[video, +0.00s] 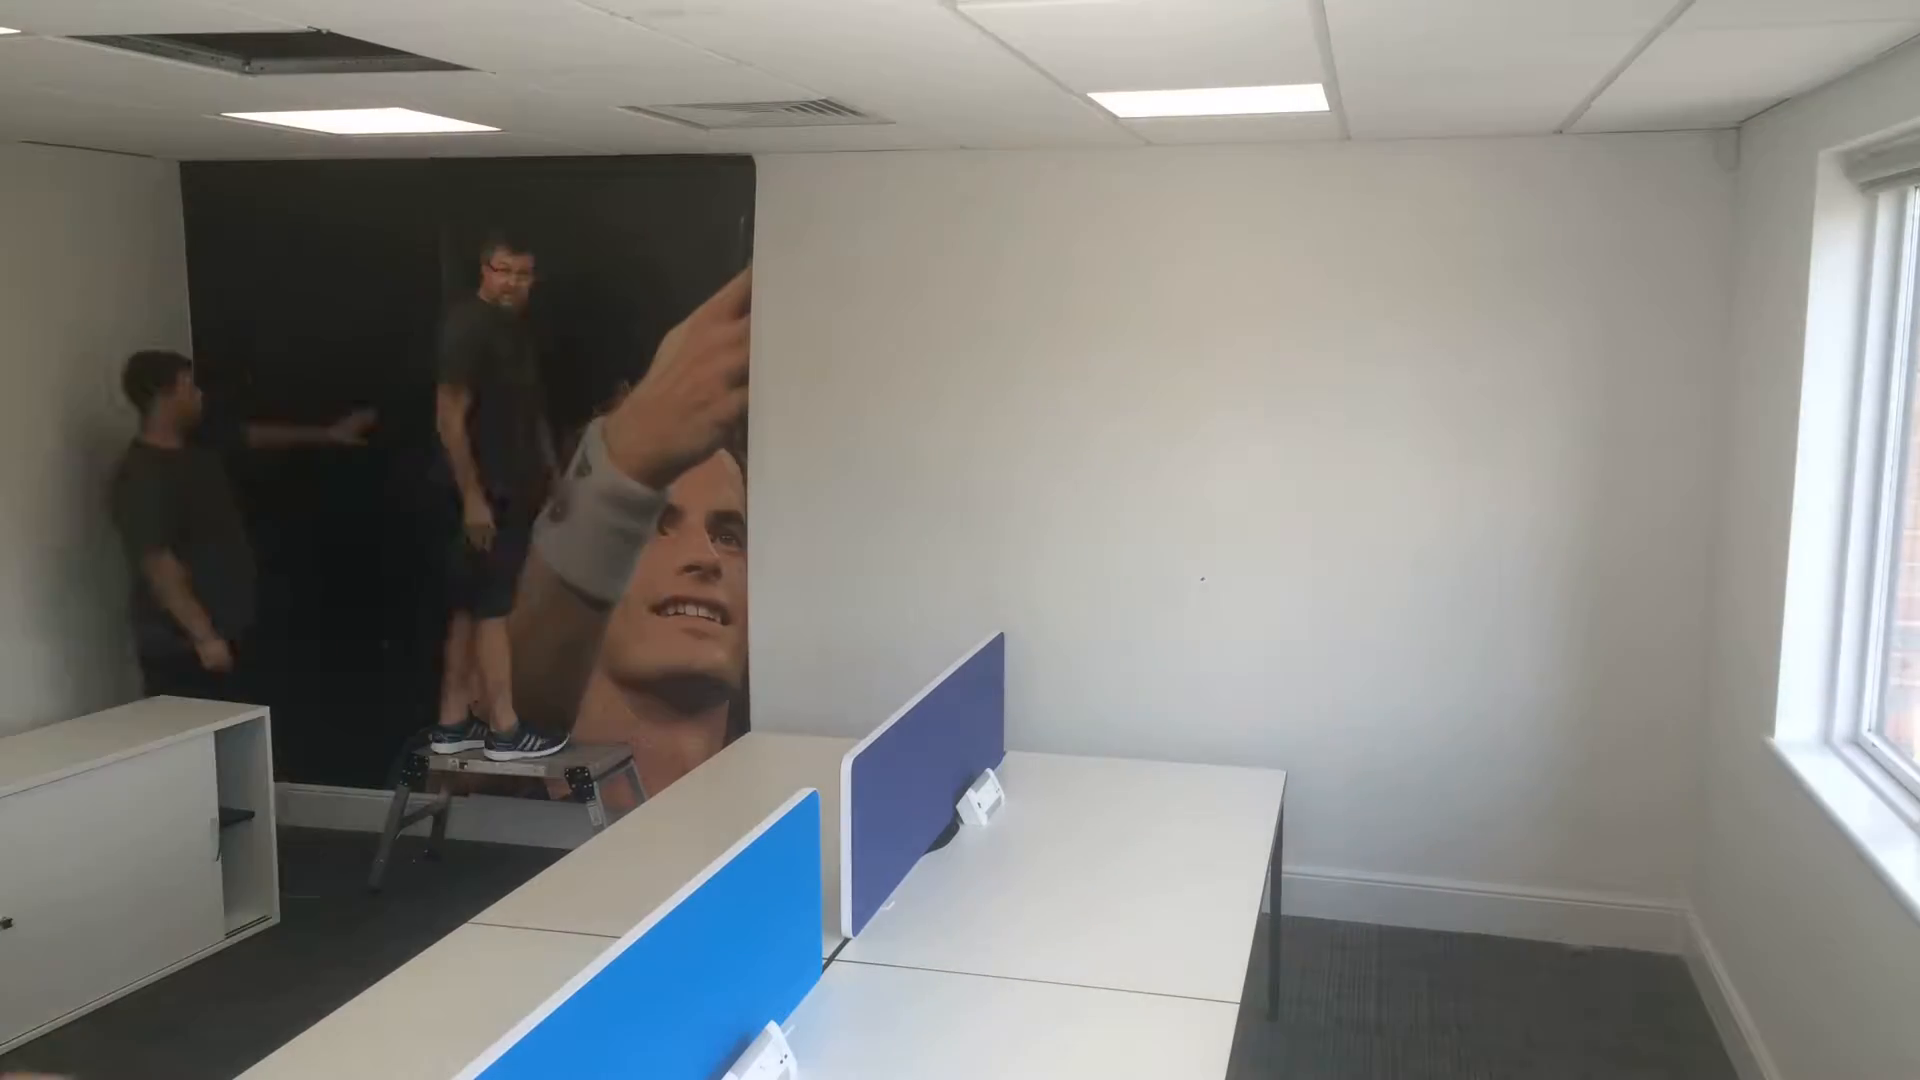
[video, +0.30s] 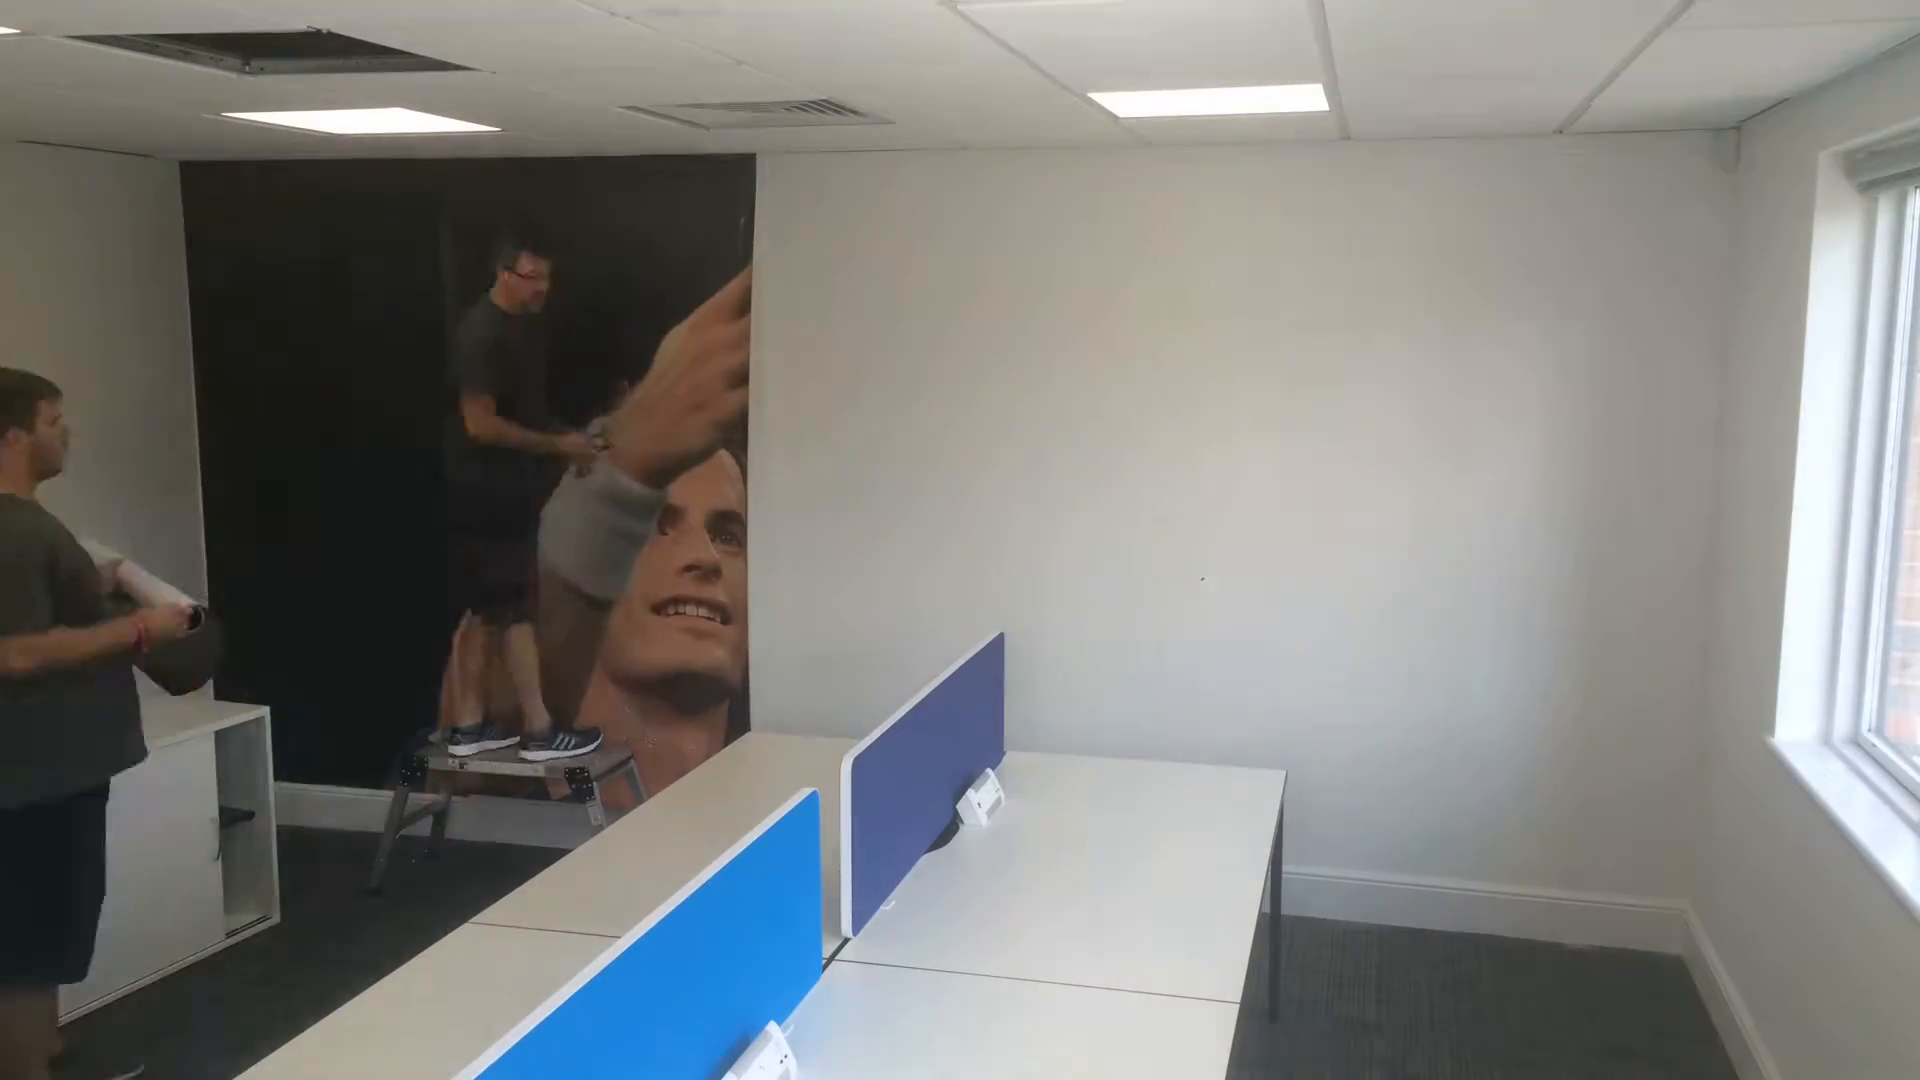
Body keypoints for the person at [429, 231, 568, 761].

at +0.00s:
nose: (514, 282)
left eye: (523, 274)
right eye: (504, 272)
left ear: (534, 279)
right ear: (484, 273)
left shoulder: (521, 328)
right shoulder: (468, 325)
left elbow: (530, 413)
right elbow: (449, 418)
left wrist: (549, 473)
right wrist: (472, 498)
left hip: (510, 487)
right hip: (483, 489)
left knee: (469, 607)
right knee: (492, 607)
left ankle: (453, 721)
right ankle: (505, 727)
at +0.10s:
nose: (512, 273)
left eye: (506, 266)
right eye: (510, 266)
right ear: (501, 270)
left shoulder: (442, 315)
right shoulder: (518, 319)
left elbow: (427, 285)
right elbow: (545, 393)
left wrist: (438, 233)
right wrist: (553, 446)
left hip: (459, 477)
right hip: (518, 479)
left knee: (466, 605)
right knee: (539, 610)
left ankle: (461, 726)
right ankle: (555, 733)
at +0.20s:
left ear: (539, 288)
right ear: (547, 290)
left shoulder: (492, 317)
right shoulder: (525, 334)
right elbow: (502, 420)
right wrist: (548, 454)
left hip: (479, 485)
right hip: (518, 491)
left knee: (485, 606)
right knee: (540, 609)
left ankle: (465, 727)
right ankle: (538, 734)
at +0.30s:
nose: (540, 288)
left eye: (544, 279)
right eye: (530, 278)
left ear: (545, 281)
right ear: (503, 276)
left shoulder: (525, 330)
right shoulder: (481, 330)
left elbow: (524, 412)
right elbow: (480, 424)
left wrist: (570, 440)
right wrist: (558, 444)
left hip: (515, 489)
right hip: (483, 490)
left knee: (503, 610)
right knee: (495, 609)